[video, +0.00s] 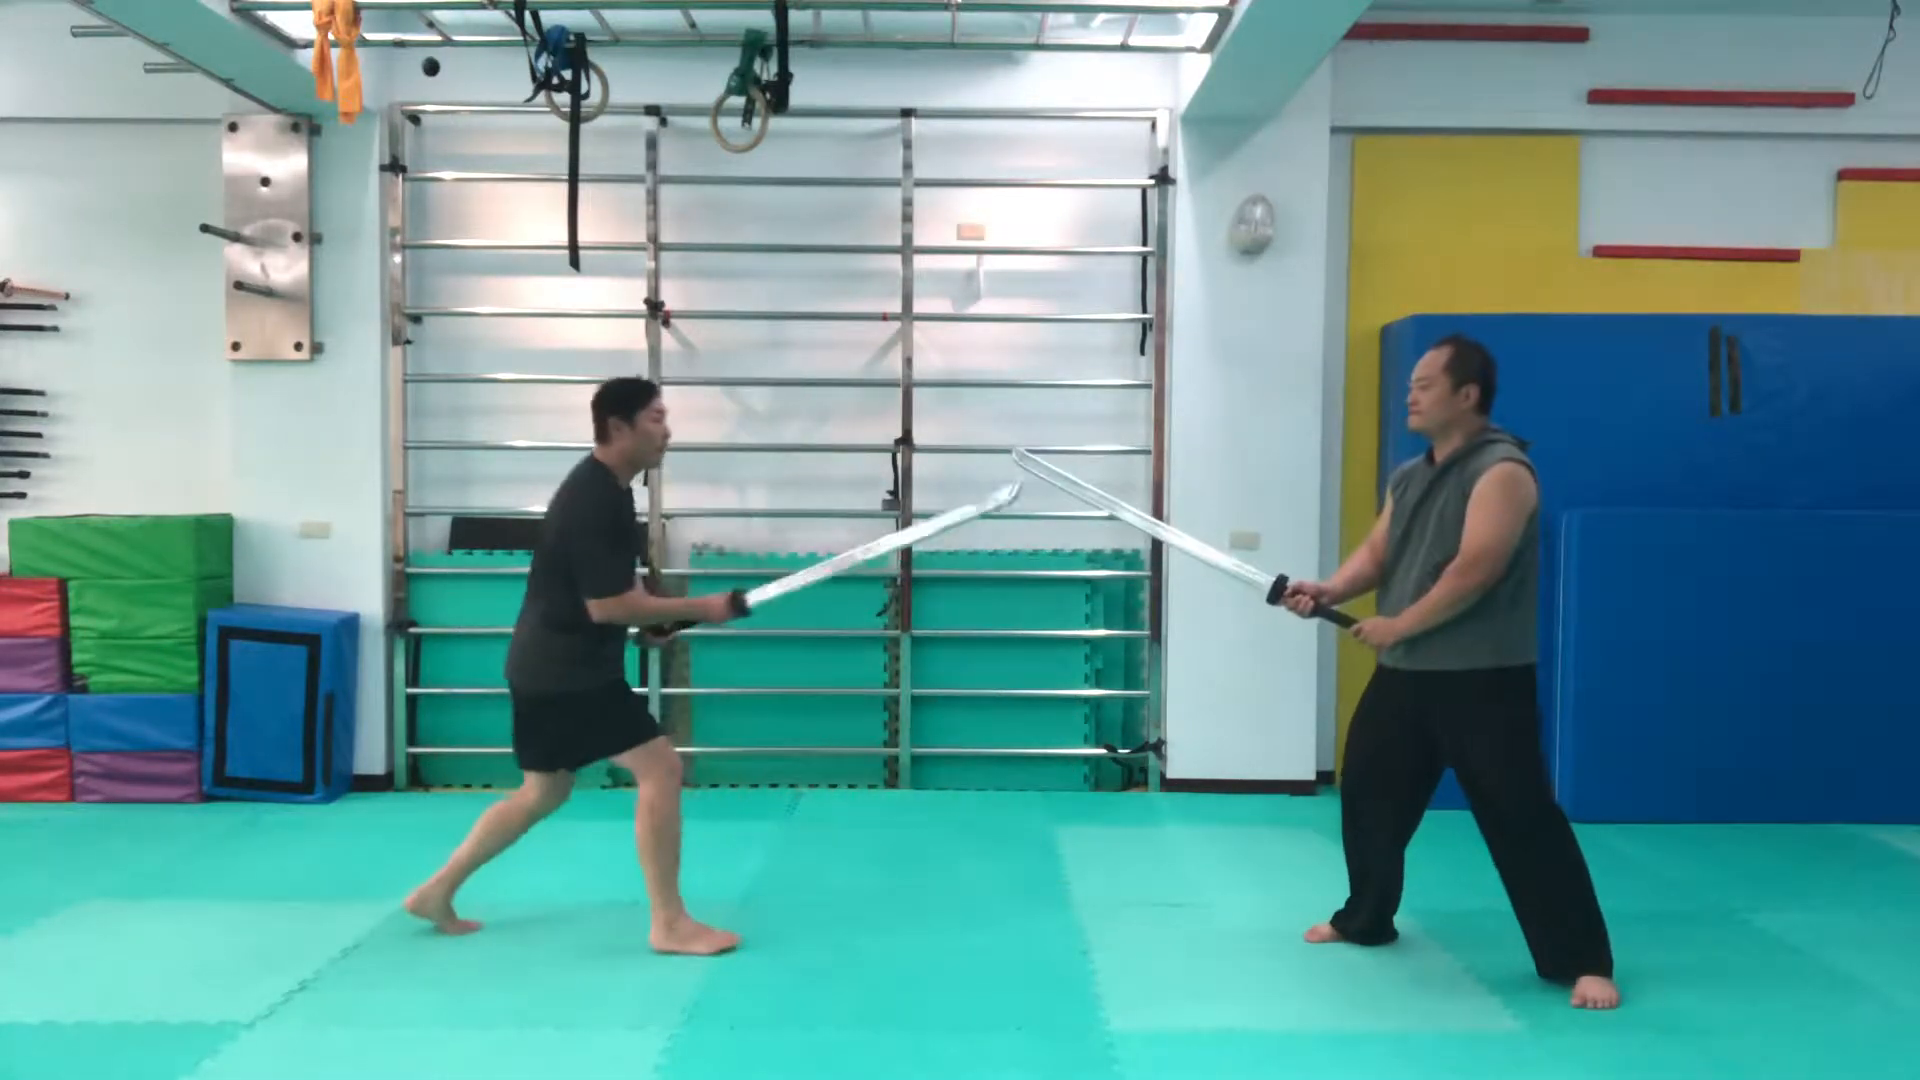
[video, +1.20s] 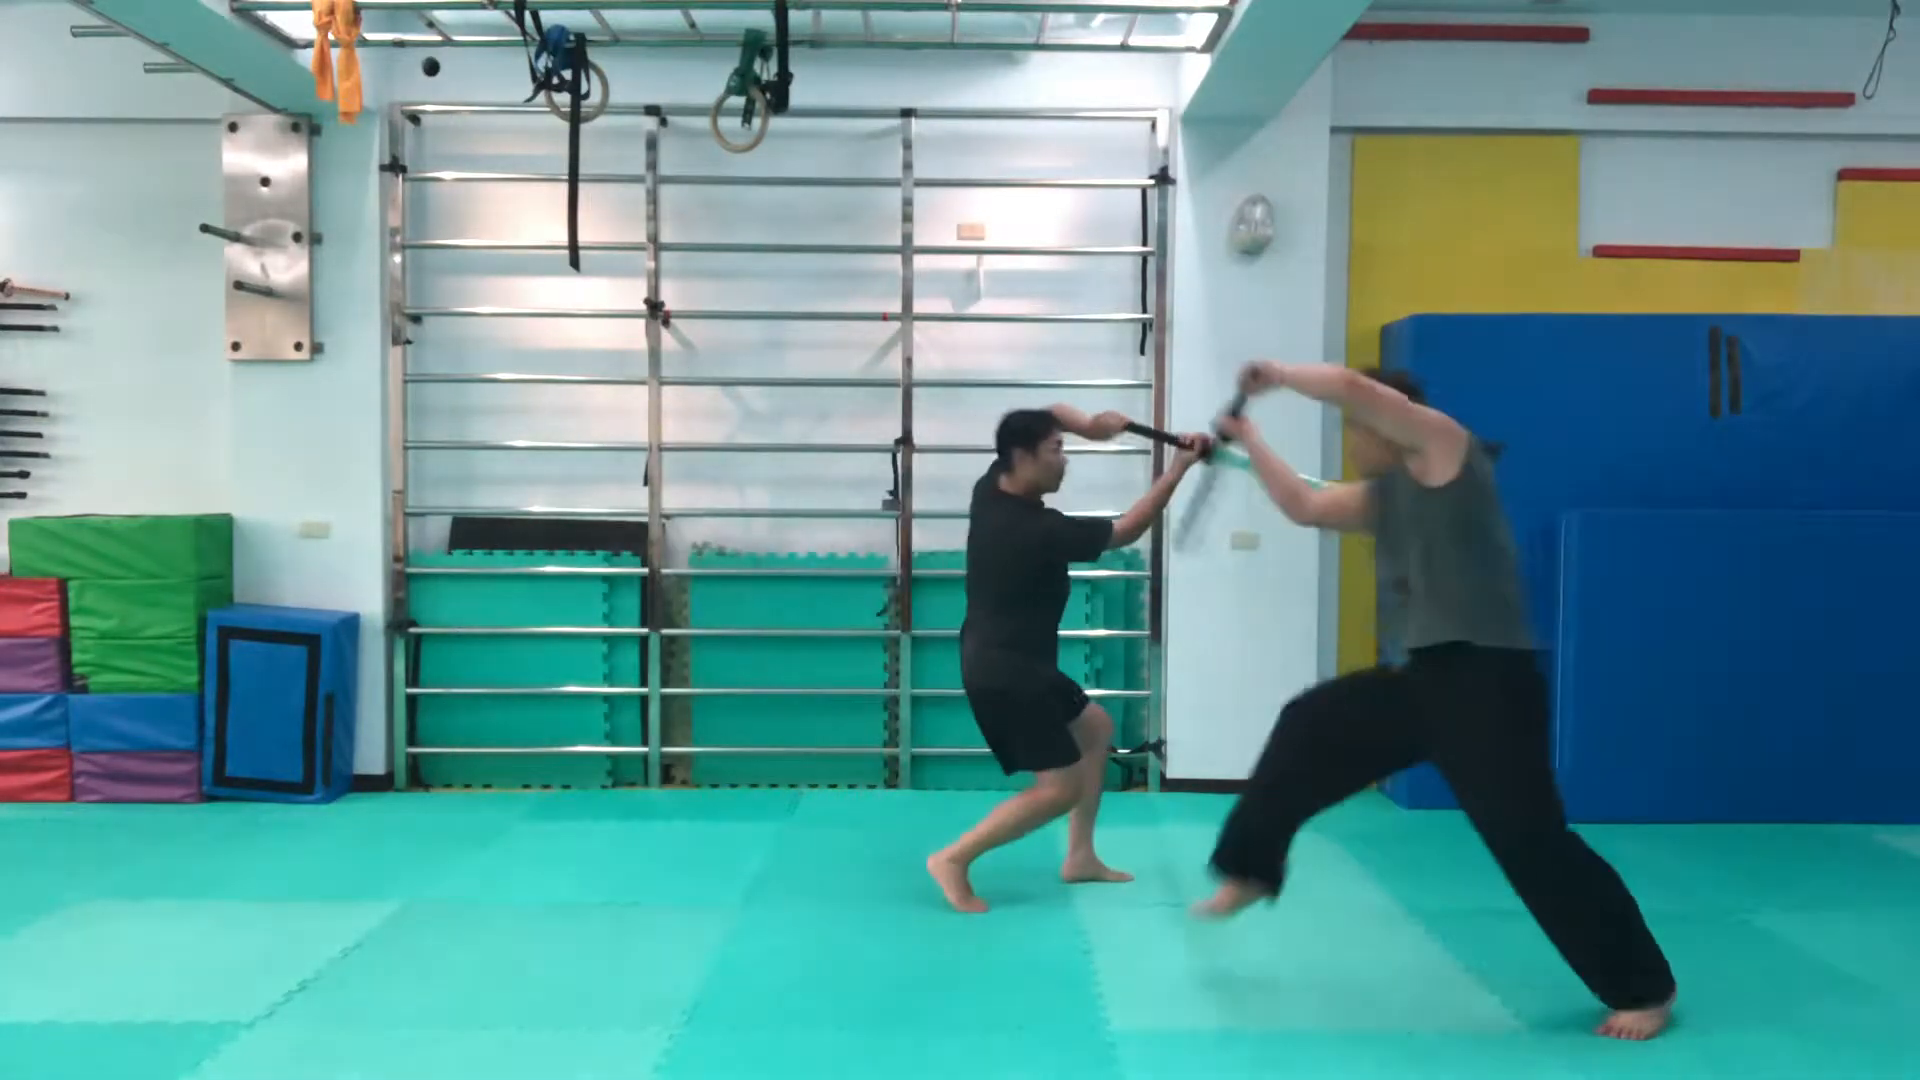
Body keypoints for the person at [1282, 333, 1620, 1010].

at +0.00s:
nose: (1410, 397)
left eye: (1423, 386)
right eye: (1411, 386)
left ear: (1467, 396)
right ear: (1442, 398)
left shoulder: (1504, 474)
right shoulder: (1409, 479)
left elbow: (1477, 568)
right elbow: (1375, 554)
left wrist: (1401, 624)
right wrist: (1327, 589)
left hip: (1484, 681)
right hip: (1404, 677)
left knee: (1522, 821)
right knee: (1370, 793)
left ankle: (1586, 965)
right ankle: (1365, 918)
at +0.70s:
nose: (1422, 440)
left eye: (1431, 427)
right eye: (1420, 427)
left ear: (1480, 427)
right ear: (1461, 430)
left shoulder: (1540, 474)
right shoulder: (1431, 493)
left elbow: (1464, 543)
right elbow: (1367, 549)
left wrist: (1369, 571)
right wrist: (1305, 600)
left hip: (1562, 686)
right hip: (1473, 687)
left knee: (1578, 839)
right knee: (1412, 786)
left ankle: (1627, 998)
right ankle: (1379, 913)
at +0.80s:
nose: (1417, 464)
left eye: (1423, 447)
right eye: (1411, 450)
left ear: (1467, 435)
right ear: (1450, 442)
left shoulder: (1527, 461)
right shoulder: (1461, 486)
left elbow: (1438, 538)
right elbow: (1418, 578)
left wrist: (1378, 594)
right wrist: (1357, 632)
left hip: (1570, 667)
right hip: (1490, 661)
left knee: (1584, 830)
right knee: (1401, 725)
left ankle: (1631, 995)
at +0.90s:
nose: (1397, 467)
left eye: (1402, 453)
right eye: (1392, 455)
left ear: (1445, 441)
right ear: (1440, 448)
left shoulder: (1500, 455)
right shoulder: (1463, 498)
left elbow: (1405, 501)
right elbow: (1451, 573)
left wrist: (1350, 538)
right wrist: (1371, 590)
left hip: (1573, 664)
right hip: (1505, 667)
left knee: (1586, 821)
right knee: (1398, 651)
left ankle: (1631, 994)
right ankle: (1494, 778)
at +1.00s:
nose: (1387, 450)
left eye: (1391, 440)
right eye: (1386, 440)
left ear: (1419, 430)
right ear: (1420, 436)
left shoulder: (1487, 452)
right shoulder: (1453, 509)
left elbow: (1386, 449)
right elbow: (1410, 561)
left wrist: (1323, 471)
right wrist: (1329, 520)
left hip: (1558, 671)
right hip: (1496, 666)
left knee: (1577, 828)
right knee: (1381, 637)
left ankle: (1638, 993)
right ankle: (1404, 789)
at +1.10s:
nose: (1378, 448)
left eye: (1384, 432)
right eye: (1376, 434)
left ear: (1414, 420)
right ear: (1399, 430)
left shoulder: (1474, 453)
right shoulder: (1426, 495)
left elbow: (1368, 410)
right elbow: (1364, 530)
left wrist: (1297, 412)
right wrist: (1299, 478)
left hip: (1527, 681)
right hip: (1457, 678)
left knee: (1551, 836)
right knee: (1354, 677)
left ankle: (1645, 992)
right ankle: (1305, 821)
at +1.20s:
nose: (1349, 442)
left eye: (1357, 425)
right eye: (1348, 428)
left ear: (1391, 413)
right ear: (1362, 425)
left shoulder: (1447, 454)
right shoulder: (1383, 494)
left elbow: (1358, 390)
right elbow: (1305, 505)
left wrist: (1278, 374)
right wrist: (1248, 436)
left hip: (1490, 685)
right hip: (1424, 684)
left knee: (1530, 840)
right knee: (1310, 725)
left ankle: (1643, 989)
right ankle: (1250, 869)